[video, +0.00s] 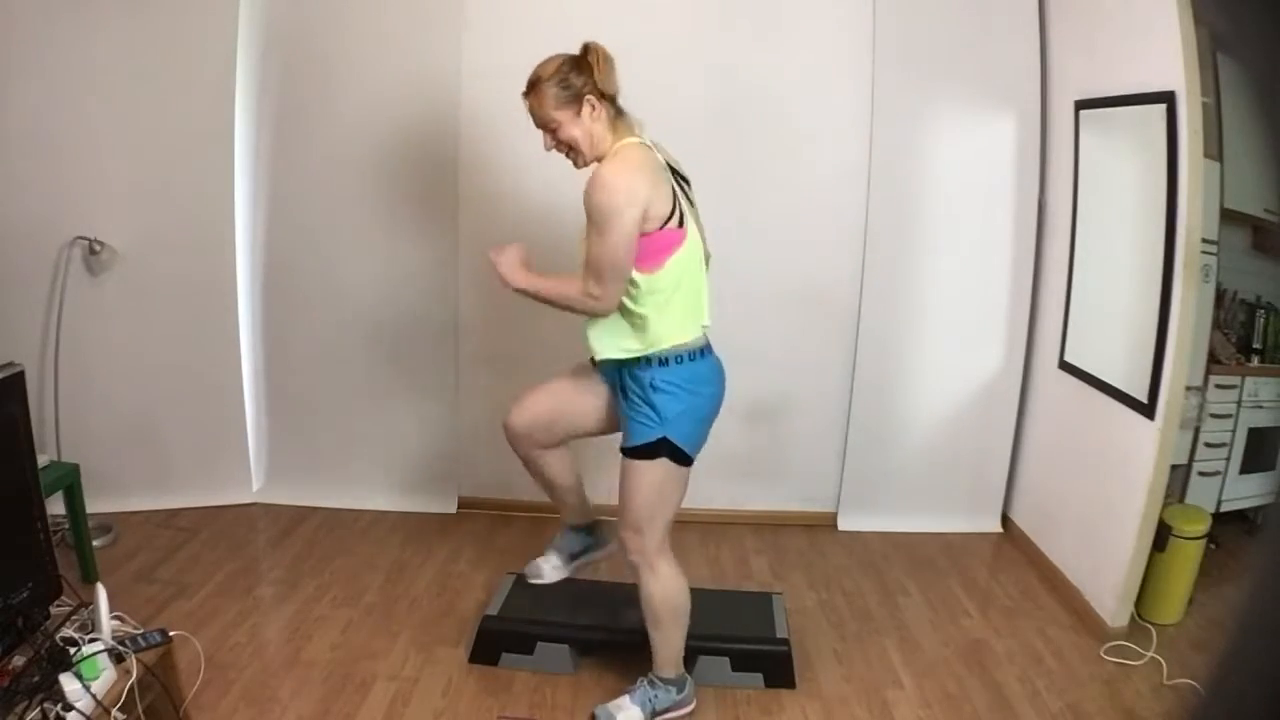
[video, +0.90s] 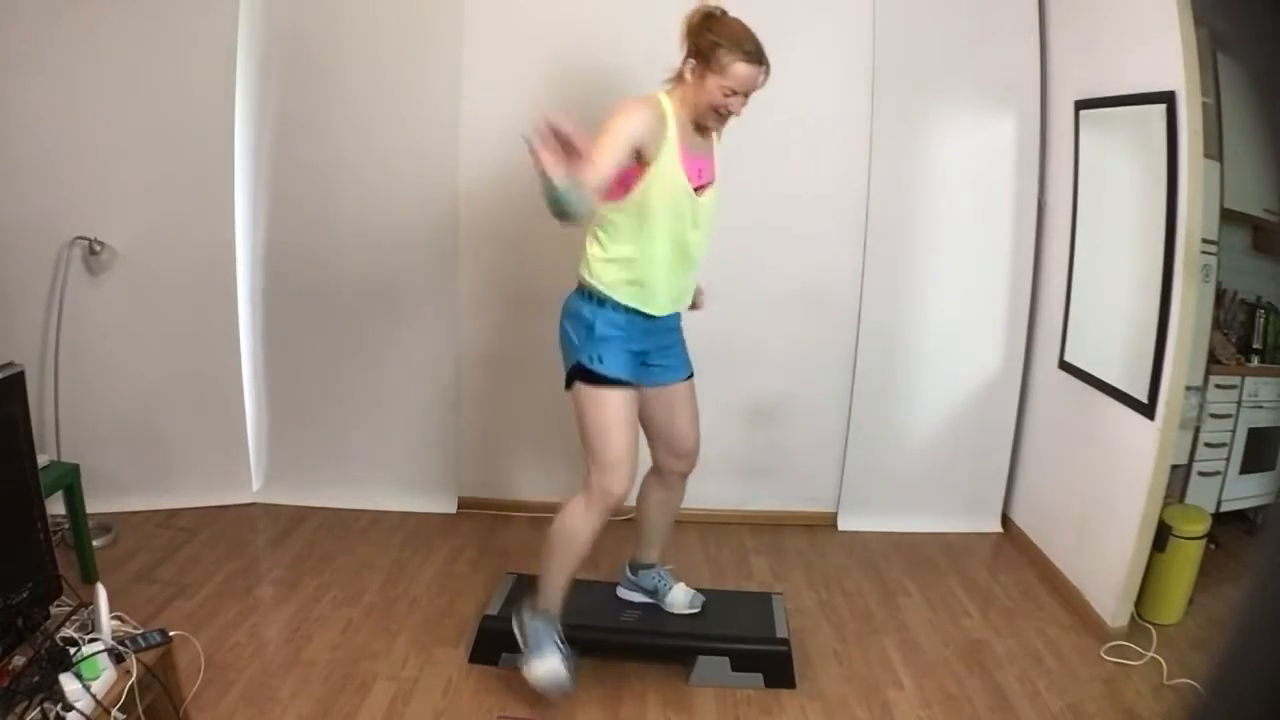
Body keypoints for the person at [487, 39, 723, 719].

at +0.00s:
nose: (548, 141)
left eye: (551, 126)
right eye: (541, 130)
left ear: (592, 107)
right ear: (591, 108)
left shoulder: (616, 179)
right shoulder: (635, 156)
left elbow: (600, 295)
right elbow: (664, 261)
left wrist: (521, 280)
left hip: (672, 379)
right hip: (642, 368)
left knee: (644, 545)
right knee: (526, 425)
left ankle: (670, 682)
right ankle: (583, 529)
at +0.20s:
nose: (548, 136)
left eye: (556, 120)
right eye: (540, 125)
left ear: (598, 105)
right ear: (549, 121)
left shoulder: (637, 170)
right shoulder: (596, 174)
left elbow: (687, 276)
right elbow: (614, 273)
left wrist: (599, 283)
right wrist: (582, 344)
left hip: (655, 371)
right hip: (607, 365)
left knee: (633, 531)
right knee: (547, 478)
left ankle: (666, 679)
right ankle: (583, 568)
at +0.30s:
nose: (564, 110)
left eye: (576, 95)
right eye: (554, 96)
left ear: (609, 83)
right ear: (547, 88)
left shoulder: (659, 141)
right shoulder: (557, 145)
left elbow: (731, 229)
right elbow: (566, 235)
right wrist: (543, 313)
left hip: (660, 337)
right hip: (595, 334)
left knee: (647, 497)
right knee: (557, 469)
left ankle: (662, 652)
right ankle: (583, 568)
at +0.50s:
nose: (655, 85)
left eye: (667, 73)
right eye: (644, 72)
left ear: (680, 65)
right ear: (614, 54)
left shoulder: (693, 115)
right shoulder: (565, 111)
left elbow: (721, 184)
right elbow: (512, 175)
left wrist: (770, 184)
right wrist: (492, 260)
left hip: (661, 312)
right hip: (581, 310)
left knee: (678, 468)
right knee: (577, 459)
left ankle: (659, 569)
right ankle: (584, 568)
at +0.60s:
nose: (689, 95)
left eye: (699, 84)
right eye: (679, 80)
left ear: (708, 74)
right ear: (644, 62)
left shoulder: (705, 125)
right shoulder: (589, 108)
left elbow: (713, 195)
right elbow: (497, 150)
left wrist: (775, 216)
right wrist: (468, 221)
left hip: (662, 319)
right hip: (586, 315)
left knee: (683, 462)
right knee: (574, 468)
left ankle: (647, 570)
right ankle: (582, 568)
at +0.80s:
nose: (727, 102)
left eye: (736, 92)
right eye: (719, 87)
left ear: (740, 83)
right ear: (681, 64)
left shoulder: (715, 128)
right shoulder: (623, 111)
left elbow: (687, 210)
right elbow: (527, 169)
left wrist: (720, 272)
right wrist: (505, 128)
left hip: (667, 315)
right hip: (602, 311)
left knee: (675, 455)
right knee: (604, 471)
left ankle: (644, 572)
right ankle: (534, 572)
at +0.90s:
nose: (736, 106)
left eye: (746, 96)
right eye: (731, 91)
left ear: (744, 87)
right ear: (693, 67)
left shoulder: (703, 131)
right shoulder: (643, 117)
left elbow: (674, 213)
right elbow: (576, 207)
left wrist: (686, 280)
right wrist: (562, 183)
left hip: (660, 323)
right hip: (604, 318)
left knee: (677, 458)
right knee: (609, 483)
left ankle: (643, 574)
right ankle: (540, 619)